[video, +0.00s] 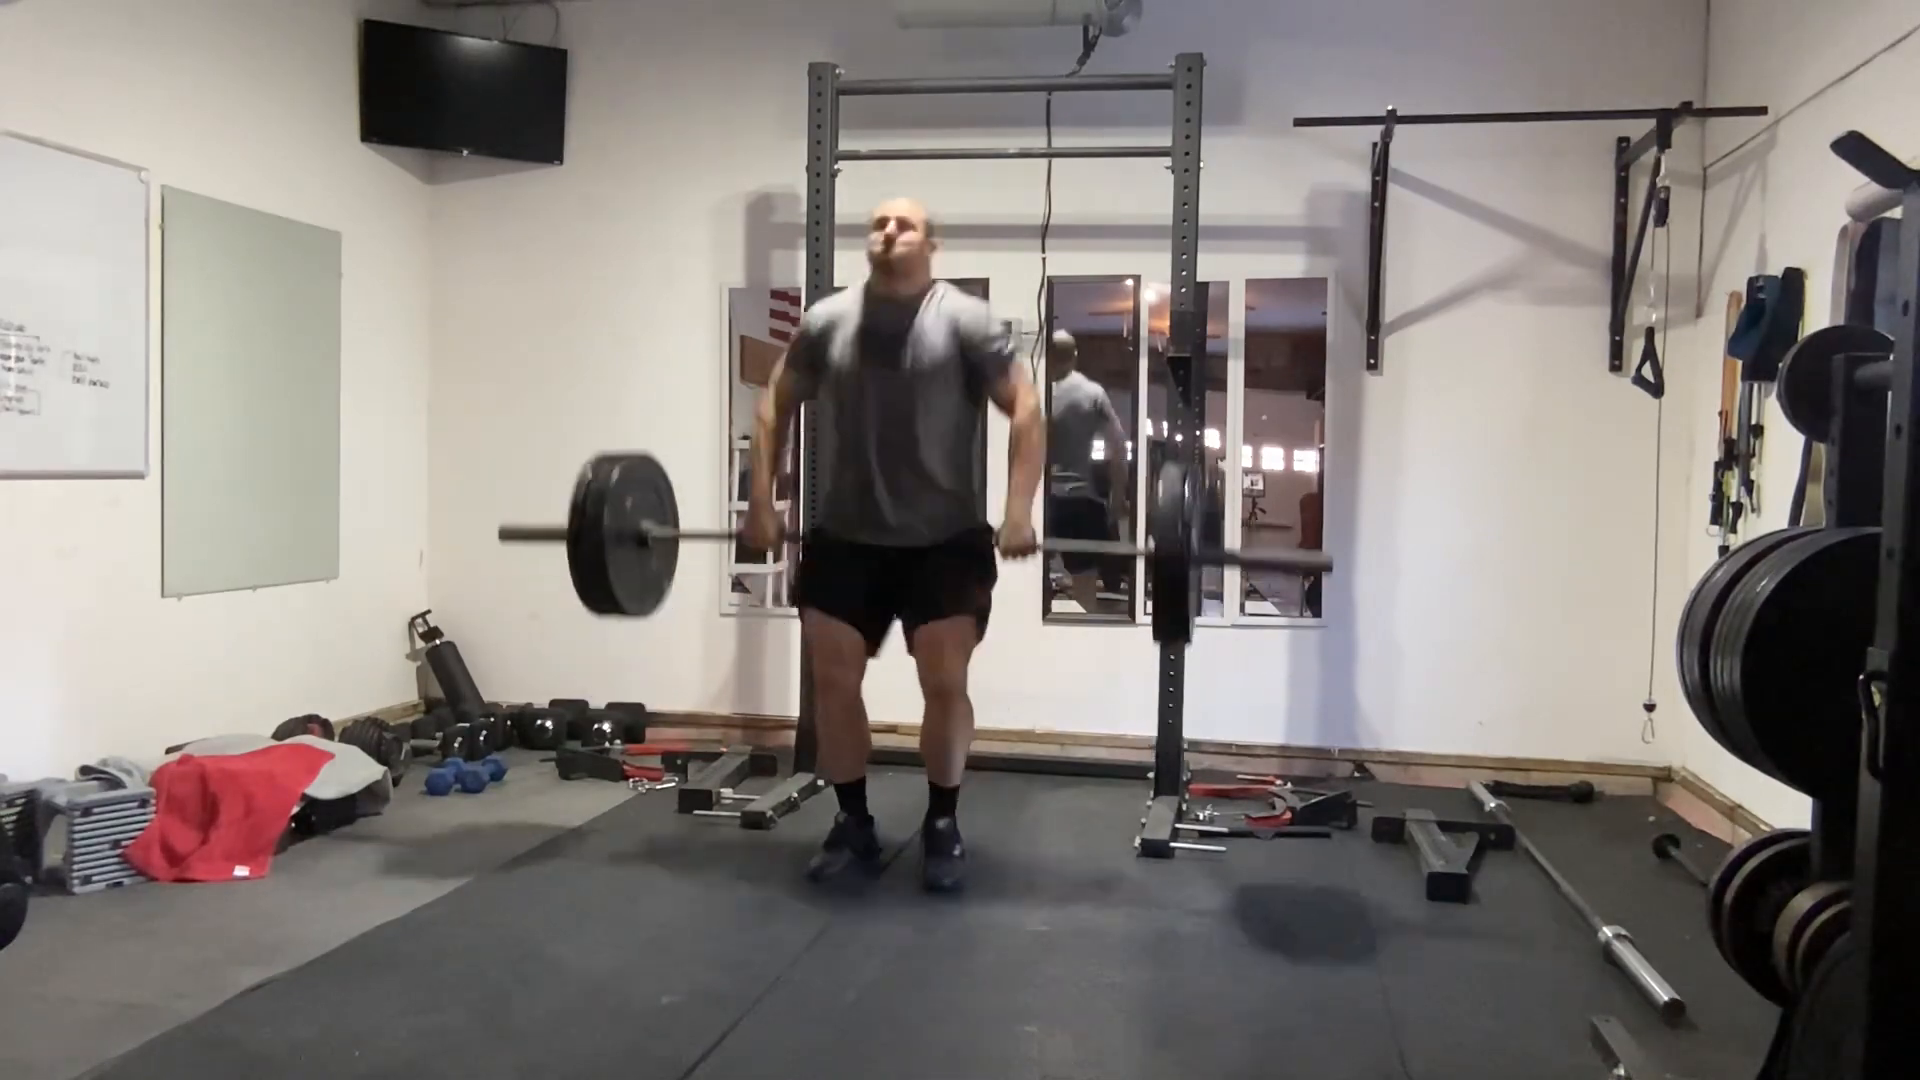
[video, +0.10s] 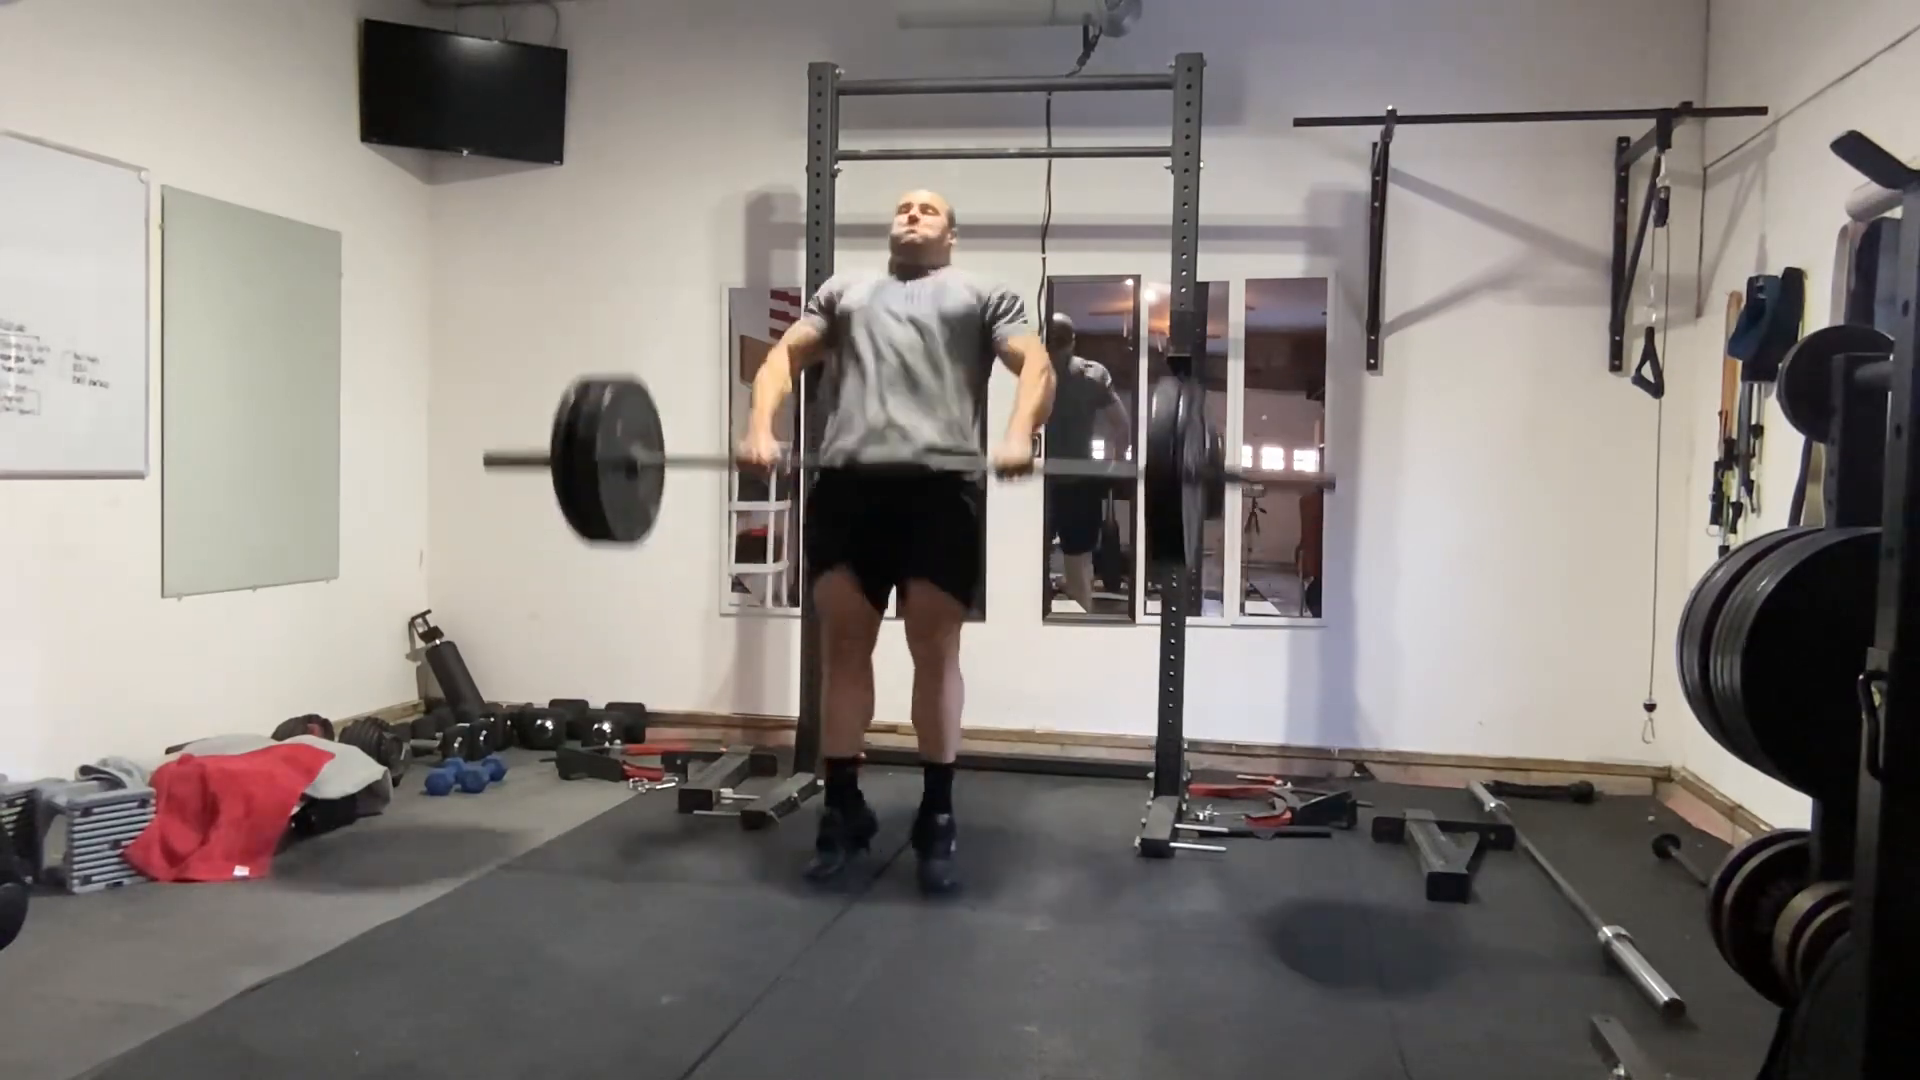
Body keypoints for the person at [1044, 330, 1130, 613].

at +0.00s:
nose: (1049, 363)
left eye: (1051, 357)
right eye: (1053, 356)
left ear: (1050, 358)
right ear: (1075, 356)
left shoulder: (1038, 394)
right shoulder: (1093, 392)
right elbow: (1117, 441)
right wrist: (1118, 494)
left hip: (1046, 495)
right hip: (1082, 494)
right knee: (1083, 576)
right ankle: (1090, 631)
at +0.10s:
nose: (1059, 346)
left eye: (1058, 340)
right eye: (1060, 340)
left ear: (1044, 341)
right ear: (1073, 340)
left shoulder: (1031, 376)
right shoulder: (1093, 374)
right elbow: (1121, 423)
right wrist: (1116, 464)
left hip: (1037, 478)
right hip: (1079, 477)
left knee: (1033, 558)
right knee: (1077, 563)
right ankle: (1082, 626)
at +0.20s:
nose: (1056, 348)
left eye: (1055, 341)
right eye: (1059, 342)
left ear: (1040, 343)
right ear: (1071, 343)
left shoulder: (1027, 377)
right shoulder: (1087, 372)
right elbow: (1126, 413)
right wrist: (1114, 436)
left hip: (1036, 484)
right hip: (1077, 481)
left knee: (1031, 566)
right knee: (1078, 567)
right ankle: (1083, 634)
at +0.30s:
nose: (1059, 353)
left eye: (1057, 347)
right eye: (1063, 347)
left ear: (1045, 350)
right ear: (1072, 350)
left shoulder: (1031, 381)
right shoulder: (1084, 382)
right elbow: (1117, 420)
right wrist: (1120, 401)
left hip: (1039, 486)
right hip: (1077, 485)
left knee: (1037, 560)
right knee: (1077, 564)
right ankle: (1081, 619)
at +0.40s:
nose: (1070, 351)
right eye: (1071, 346)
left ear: (1043, 350)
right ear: (1073, 349)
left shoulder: (1030, 385)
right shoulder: (1088, 389)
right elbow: (1120, 430)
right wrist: (1119, 400)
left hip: (1034, 488)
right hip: (1076, 489)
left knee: (1034, 567)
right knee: (1077, 572)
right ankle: (1080, 630)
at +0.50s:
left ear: (1042, 355)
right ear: (1073, 356)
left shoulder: (1027, 396)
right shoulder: (1088, 398)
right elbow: (1110, 437)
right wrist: (1114, 399)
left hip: (1034, 497)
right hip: (1076, 496)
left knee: (1032, 579)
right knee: (1077, 581)